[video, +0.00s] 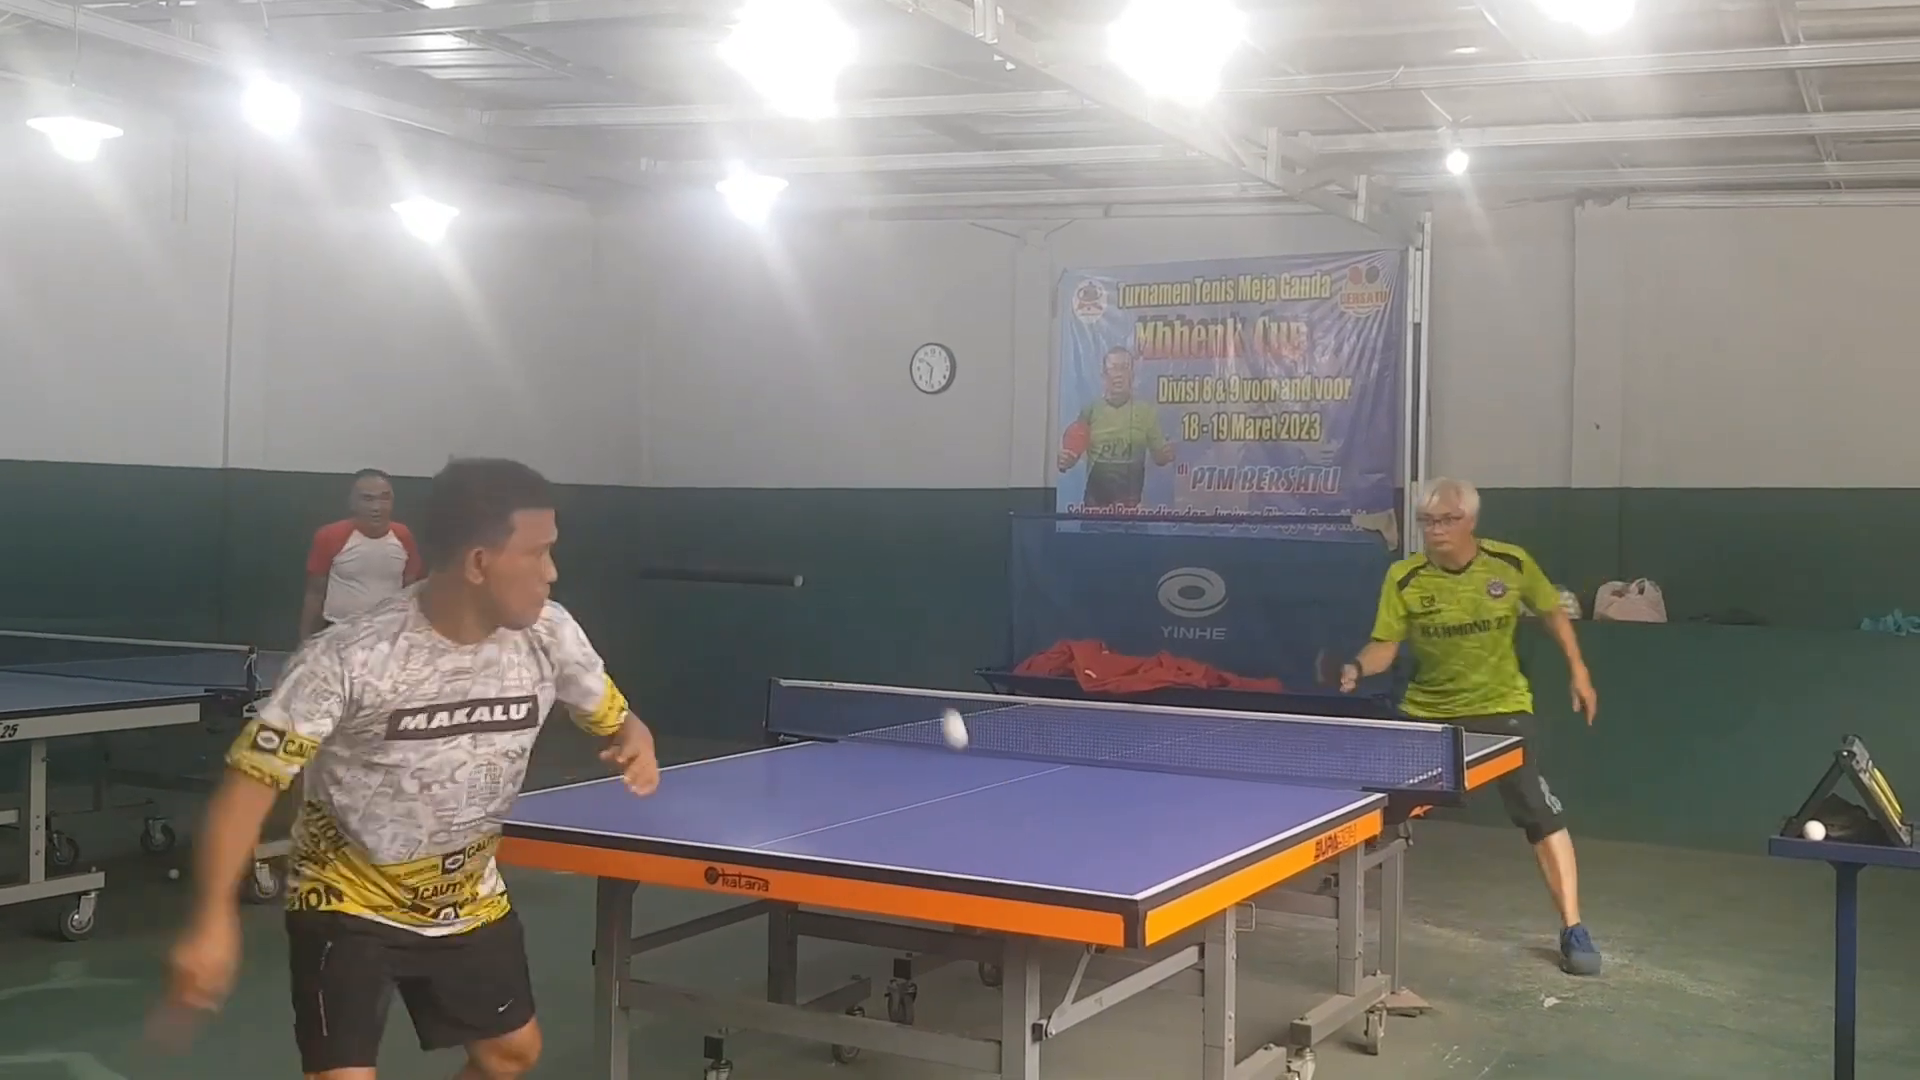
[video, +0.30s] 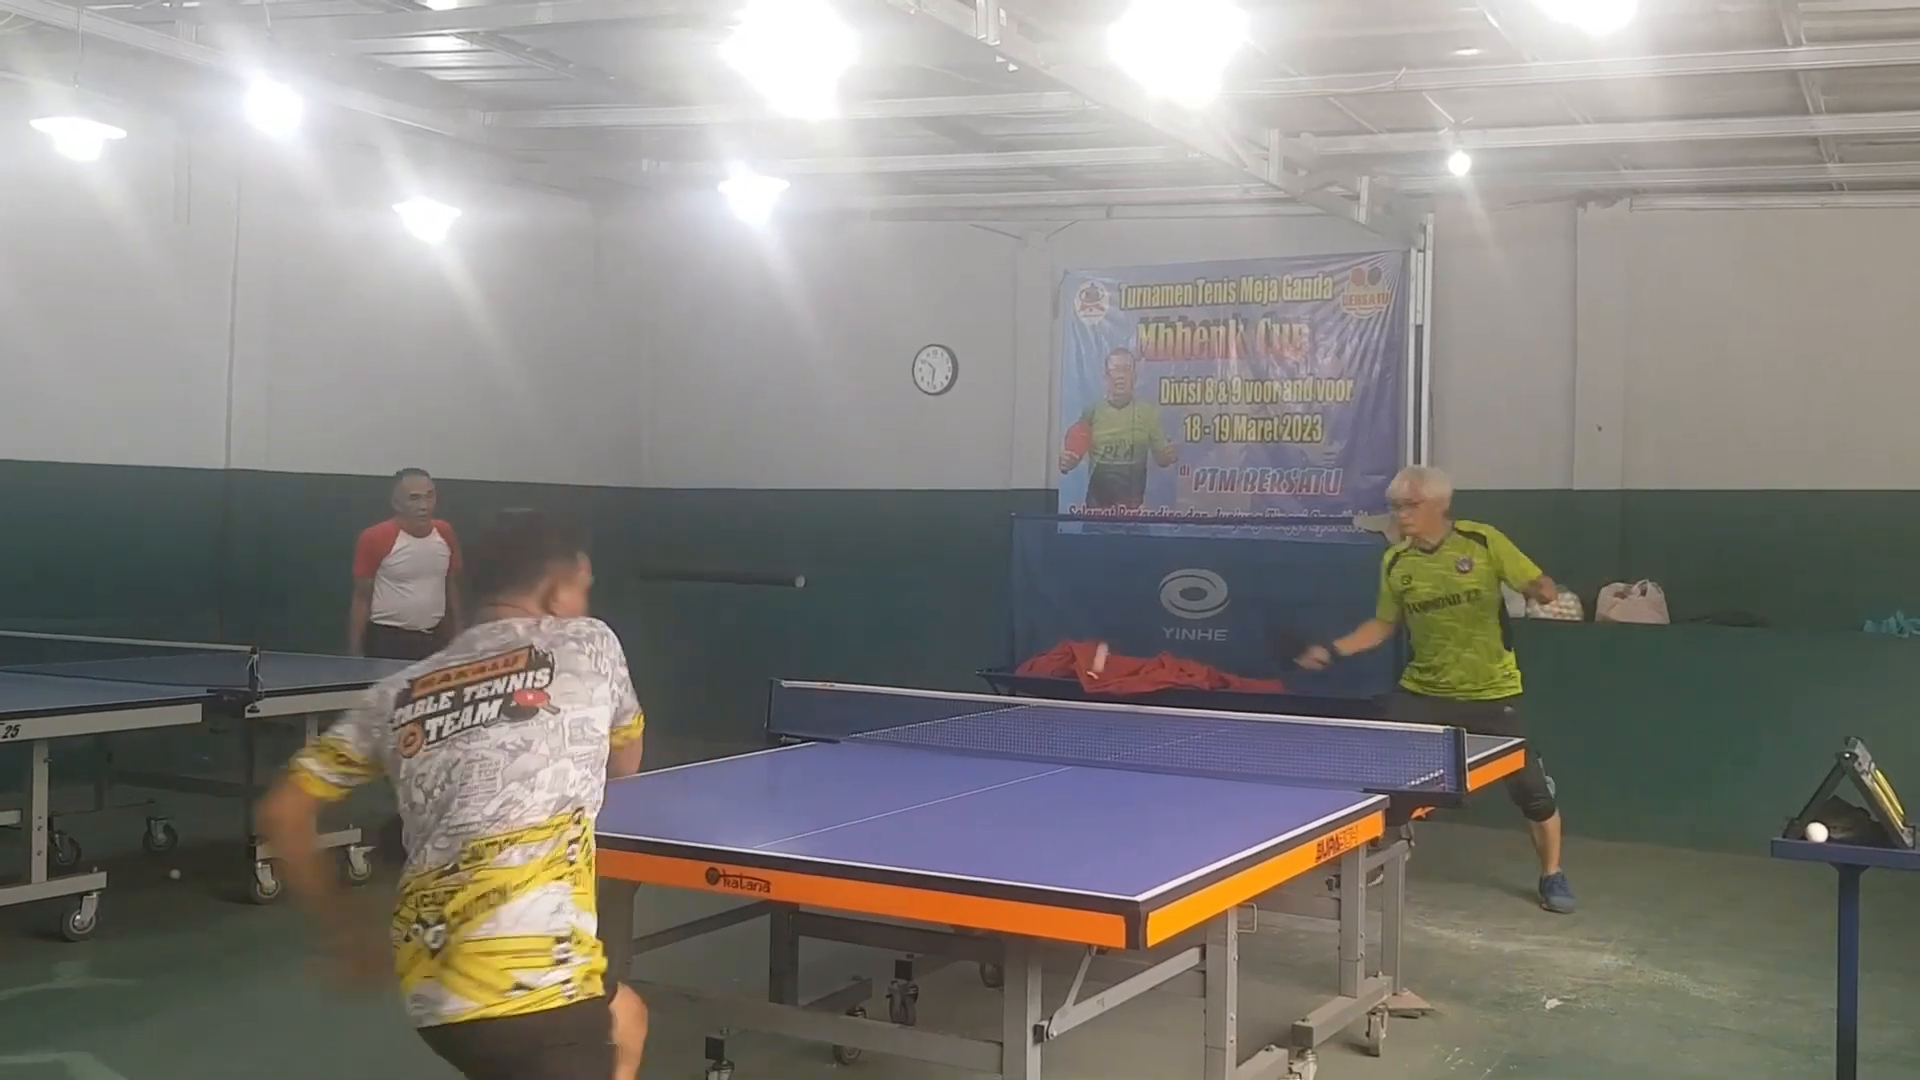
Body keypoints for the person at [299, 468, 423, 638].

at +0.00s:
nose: (377, 507)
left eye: (384, 499)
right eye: (367, 499)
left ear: (392, 502)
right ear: (352, 503)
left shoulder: (402, 535)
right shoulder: (330, 537)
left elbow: (414, 586)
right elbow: (315, 594)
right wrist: (306, 645)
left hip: (389, 637)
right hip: (339, 637)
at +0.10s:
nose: (392, 510)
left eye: (398, 502)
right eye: (384, 502)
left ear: (406, 504)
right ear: (368, 507)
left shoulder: (417, 539)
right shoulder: (345, 542)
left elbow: (425, 592)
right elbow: (328, 598)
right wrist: (315, 651)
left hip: (403, 638)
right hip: (355, 639)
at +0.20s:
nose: (405, 506)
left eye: (411, 498)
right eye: (396, 500)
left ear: (417, 501)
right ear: (379, 507)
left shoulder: (429, 534)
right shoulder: (360, 542)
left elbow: (438, 587)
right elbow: (344, 600)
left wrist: (443, 636)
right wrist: (331, 653)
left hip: (416, 639)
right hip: (373, 639)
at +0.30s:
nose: (424, 504)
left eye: (429, 496)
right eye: (414, 498)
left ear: (435, 499)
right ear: (397, 504)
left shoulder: (443, 532)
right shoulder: (374, 538)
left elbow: (452, 587)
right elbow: (362, 597)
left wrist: (458, 635)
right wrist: (355, 652)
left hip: (432, 639)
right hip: (387, 639)